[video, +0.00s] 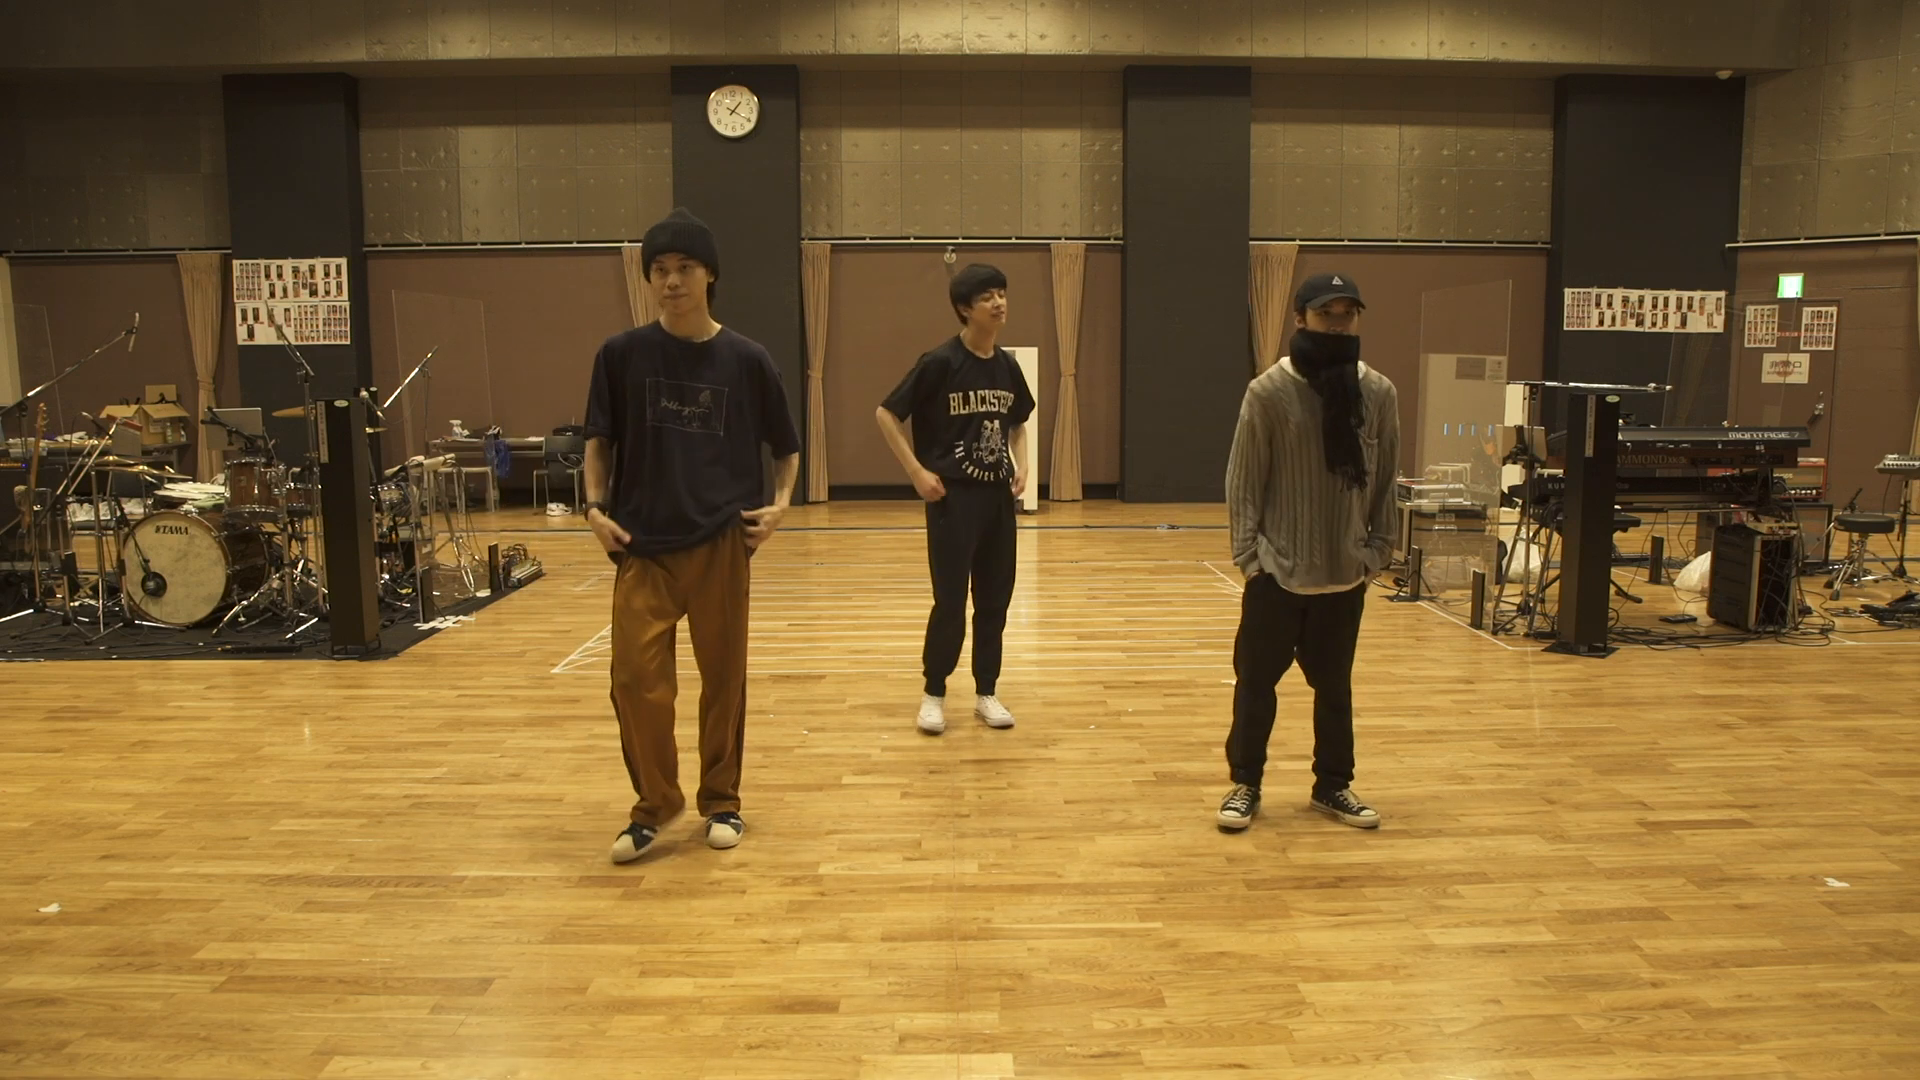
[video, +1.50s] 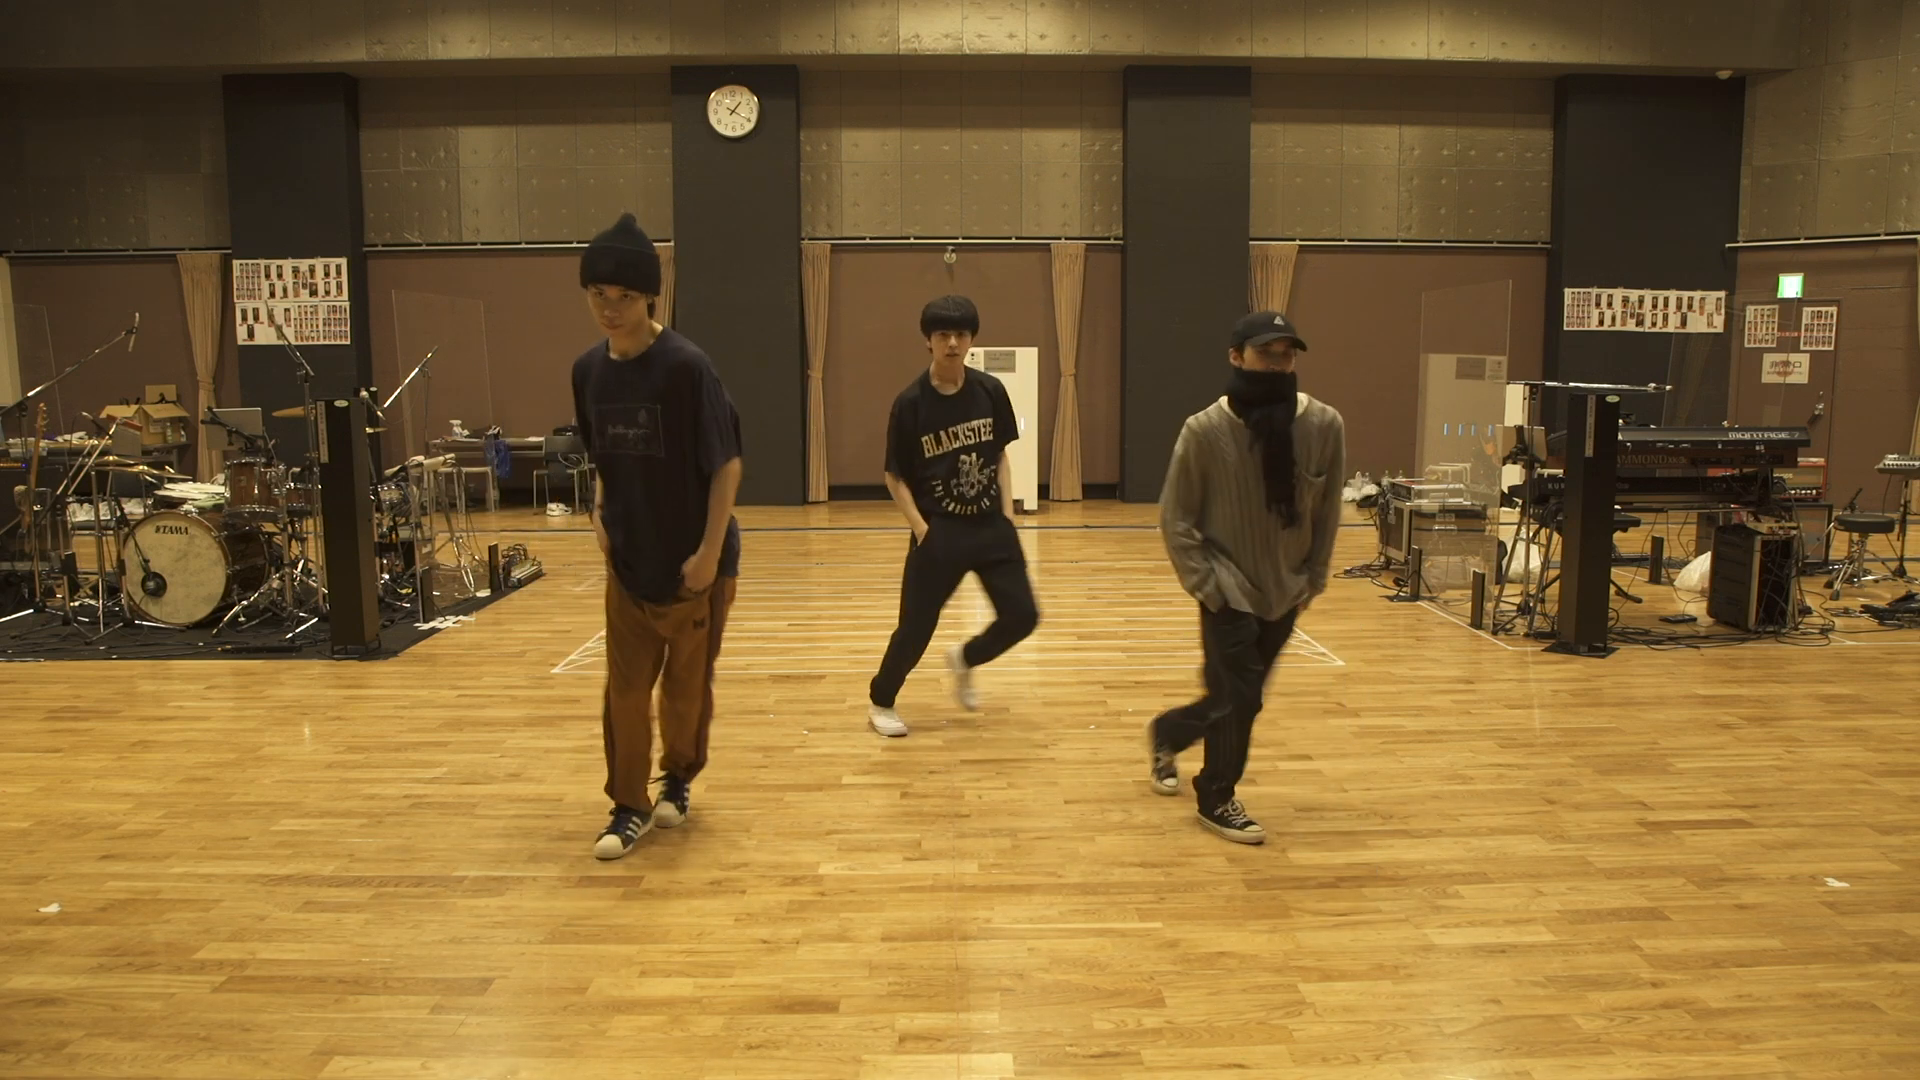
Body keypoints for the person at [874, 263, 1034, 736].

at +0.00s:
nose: (999, 304)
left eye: (1002, 296)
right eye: (988, 298)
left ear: (1006, 305)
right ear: (964, 308)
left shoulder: (1008, 366)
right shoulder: (938, 364)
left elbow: (1014, 423)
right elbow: (886, 414)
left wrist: (1020, 464)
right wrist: (915, 471)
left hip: (998, 498)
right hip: (951, 499)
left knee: (994, 603)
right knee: (950, 602)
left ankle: (986, 696)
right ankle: (934, 696)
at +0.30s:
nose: (954, 312)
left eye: (963, 303)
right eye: (946, 304)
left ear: (976, 309)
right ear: (933, 311)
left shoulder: (1003, 368)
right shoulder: (913, 372)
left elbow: (1021, 428)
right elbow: (888, 431)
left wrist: (1012, 485)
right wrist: (906, 480)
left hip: (989, 504)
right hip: (936, 505)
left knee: (1006, 594)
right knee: (941, 603)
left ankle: (983, 687)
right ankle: (952, 699)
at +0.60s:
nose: (916, 349)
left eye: (925, 340)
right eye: (913, 340)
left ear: (953, 342)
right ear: (913, 342)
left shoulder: (969, 391)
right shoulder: (932, 392)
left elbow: (976, 469)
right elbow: (932, 466)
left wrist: (947, 532)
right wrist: (920, 521)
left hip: (967, 526)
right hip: (934, 520)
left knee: (947, 626)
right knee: (909, 621)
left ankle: (993, 736)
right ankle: (965, 703)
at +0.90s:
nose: (922, 318)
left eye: (931, 308)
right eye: (913, 309)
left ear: (950, 301)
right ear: (903, 308)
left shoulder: (979, 330)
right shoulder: (899, 357)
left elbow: (1010, 399)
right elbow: (914, 421)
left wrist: (989, 456)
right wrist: (928, 474)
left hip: (993, 457)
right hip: (944, 469)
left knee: (998, 541)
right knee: (947, 575)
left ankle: (1010, 638)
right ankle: (973, 684)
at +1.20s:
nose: (946, 337)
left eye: (954, 328)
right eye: (937, 328)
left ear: (967, 325)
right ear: (923, 328)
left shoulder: (993, 365)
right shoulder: (906, 379)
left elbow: (1009, 429)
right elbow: (900, 446)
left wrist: (1012, 488)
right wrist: (922, 498)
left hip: (997, 502)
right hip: (943, 508)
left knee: (1002, 603)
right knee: (962, 610)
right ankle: (1008, 695)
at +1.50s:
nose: (952, 345)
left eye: (960, 336)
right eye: (943, 336)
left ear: (971, 341)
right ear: (928, 342)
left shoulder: (990, 390)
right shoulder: (910, 405)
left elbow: (1000, 455)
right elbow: (895, 476)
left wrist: (1007, 515)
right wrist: (922, 530)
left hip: (991, 530)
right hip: (939, 534)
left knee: (1023, 618)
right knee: (915, 632)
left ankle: (964, 659)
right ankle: (882, 703)